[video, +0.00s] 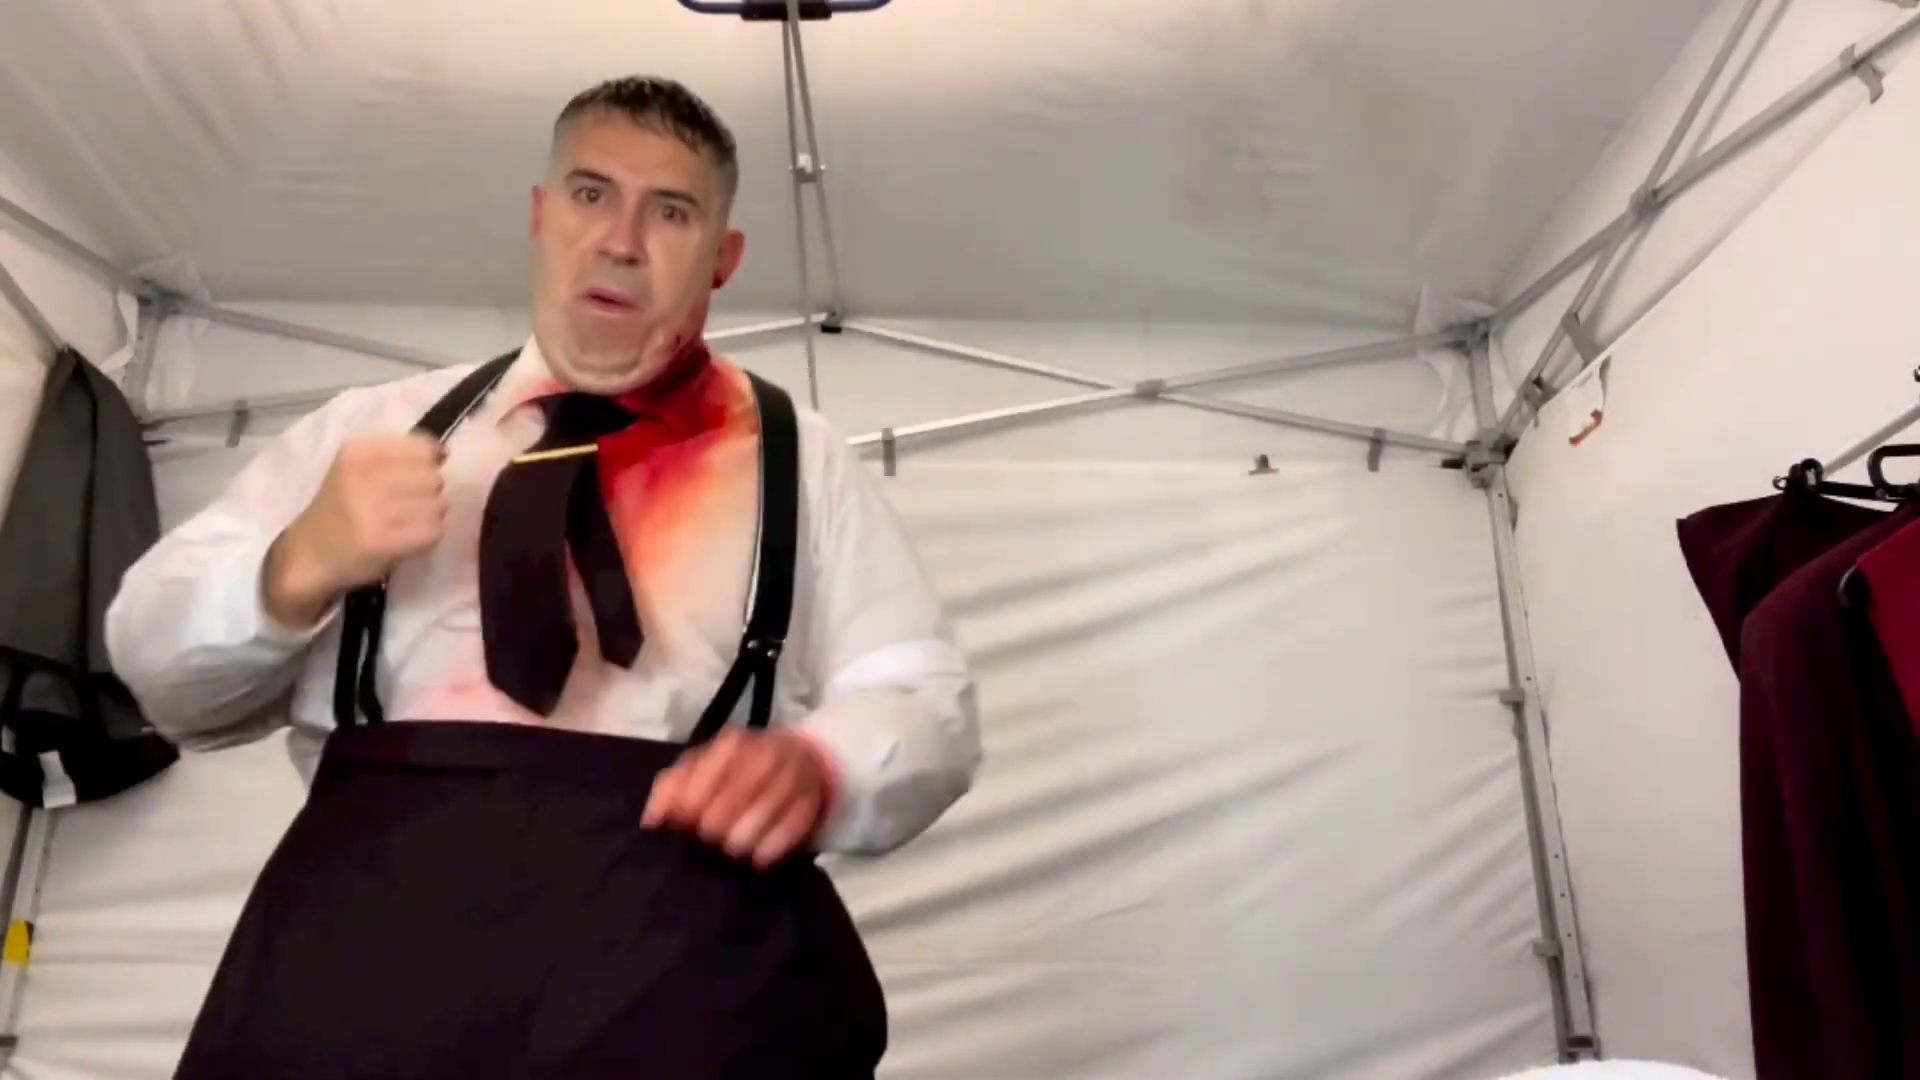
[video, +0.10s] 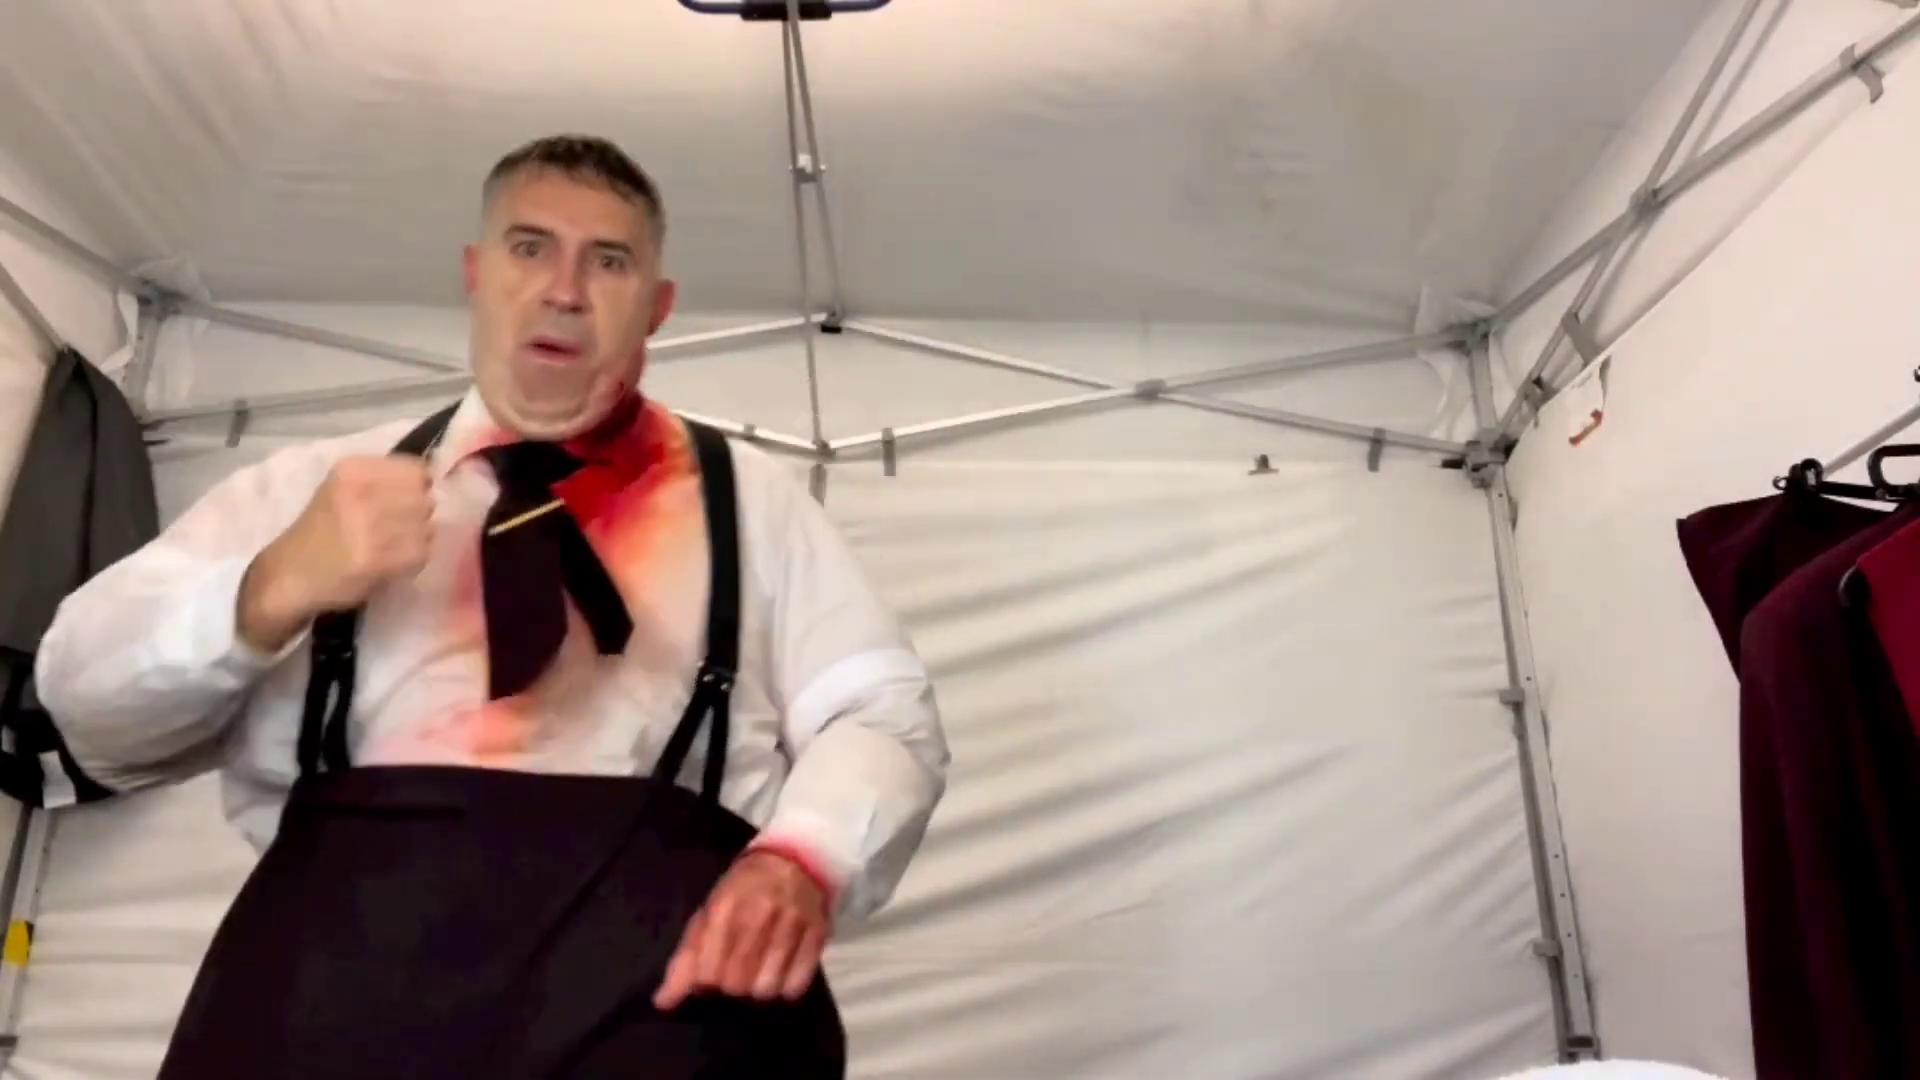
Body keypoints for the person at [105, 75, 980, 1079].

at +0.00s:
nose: (620, 239)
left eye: (669, 211)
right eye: (590, 194)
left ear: (721, 261)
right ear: (537, 216)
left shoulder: (797, 463)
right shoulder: (385, 426)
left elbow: (921, 700)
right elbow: (158, 662)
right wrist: (300, 566)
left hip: (676, 859)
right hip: (390, 851)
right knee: (325, 1043)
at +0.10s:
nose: (564, 291)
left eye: (607, 262)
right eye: (530, 250)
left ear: (658, 308)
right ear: (474, 277)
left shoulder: (747, 498)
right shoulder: (331, 484)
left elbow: (879, 712)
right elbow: (82, 700)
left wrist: (803, 857)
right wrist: (271, 592)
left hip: (656, 907)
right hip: (361, 892)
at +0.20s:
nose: (459, 260)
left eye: (500, 228)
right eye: (422, 227)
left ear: (561, 272)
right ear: (380, 268)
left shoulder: (684, 459)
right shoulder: (273, 470)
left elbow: (832, 633)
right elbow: (86, 663)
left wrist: (815, 742)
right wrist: (310, 488)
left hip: (610, 880)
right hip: (328, 881)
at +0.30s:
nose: (391, 217)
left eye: (429, 185)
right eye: (356, 189)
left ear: (499, 225)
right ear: (322, 232)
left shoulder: (643, 384)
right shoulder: (246, 422)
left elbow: (791, 560)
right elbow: (81, 589)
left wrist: (755, 687)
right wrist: (293, 453)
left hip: (597, 783)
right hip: (328, 787)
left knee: (625, 1037)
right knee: (288, 1034)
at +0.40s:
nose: (353, 254)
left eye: (389, 218)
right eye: (317, 227)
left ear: (461, 252)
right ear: (289, 270)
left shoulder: (606, 403)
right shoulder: (216, 451)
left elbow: (766, 561)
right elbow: (71, 620)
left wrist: (714, 701)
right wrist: (264, 537)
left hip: (566, 834)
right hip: (296, 850)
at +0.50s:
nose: (338, 330)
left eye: (375, 294)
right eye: (304, 300)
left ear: (442, 326)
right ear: (270, 336)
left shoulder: (579, 485)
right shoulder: (203, 527)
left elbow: (730, 645)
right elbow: (40, 705)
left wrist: (707, 767)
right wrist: (218, 646)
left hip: (525, 856)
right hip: (279, 856)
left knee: (540, 817)